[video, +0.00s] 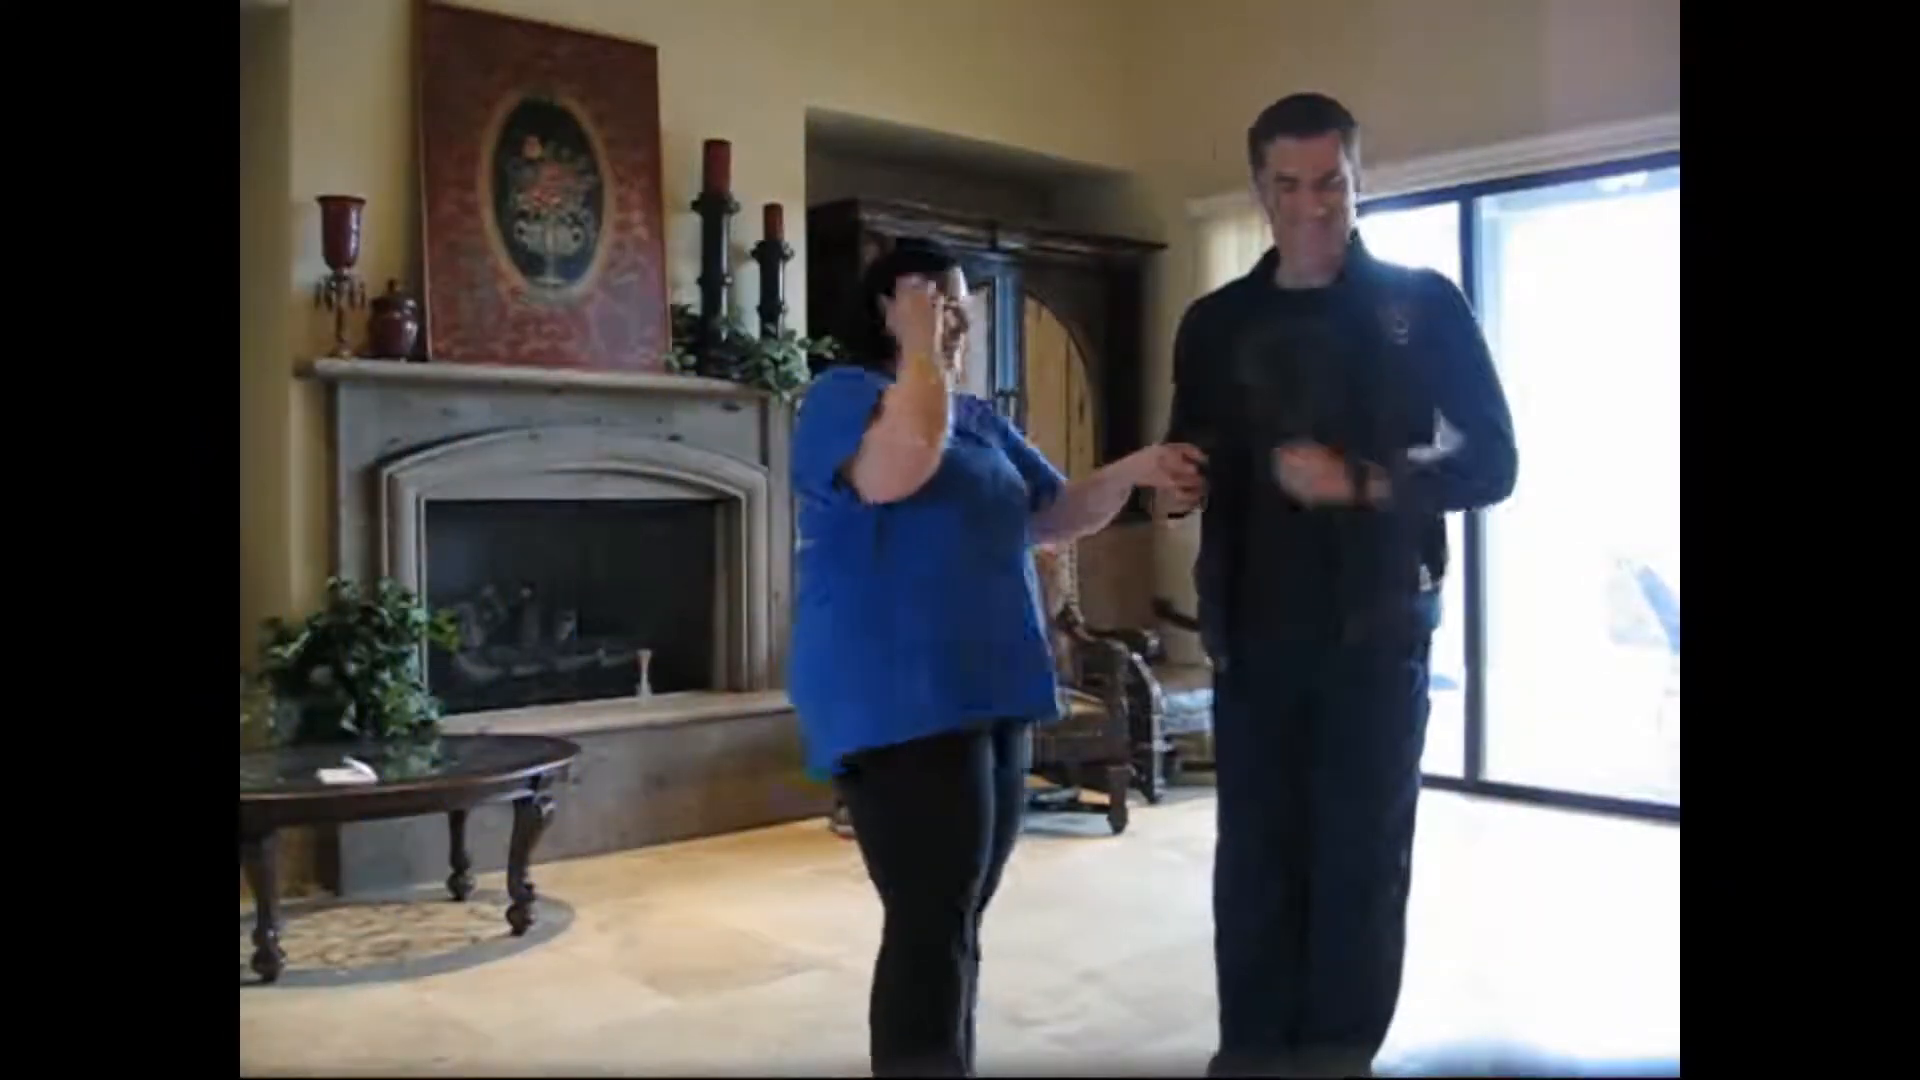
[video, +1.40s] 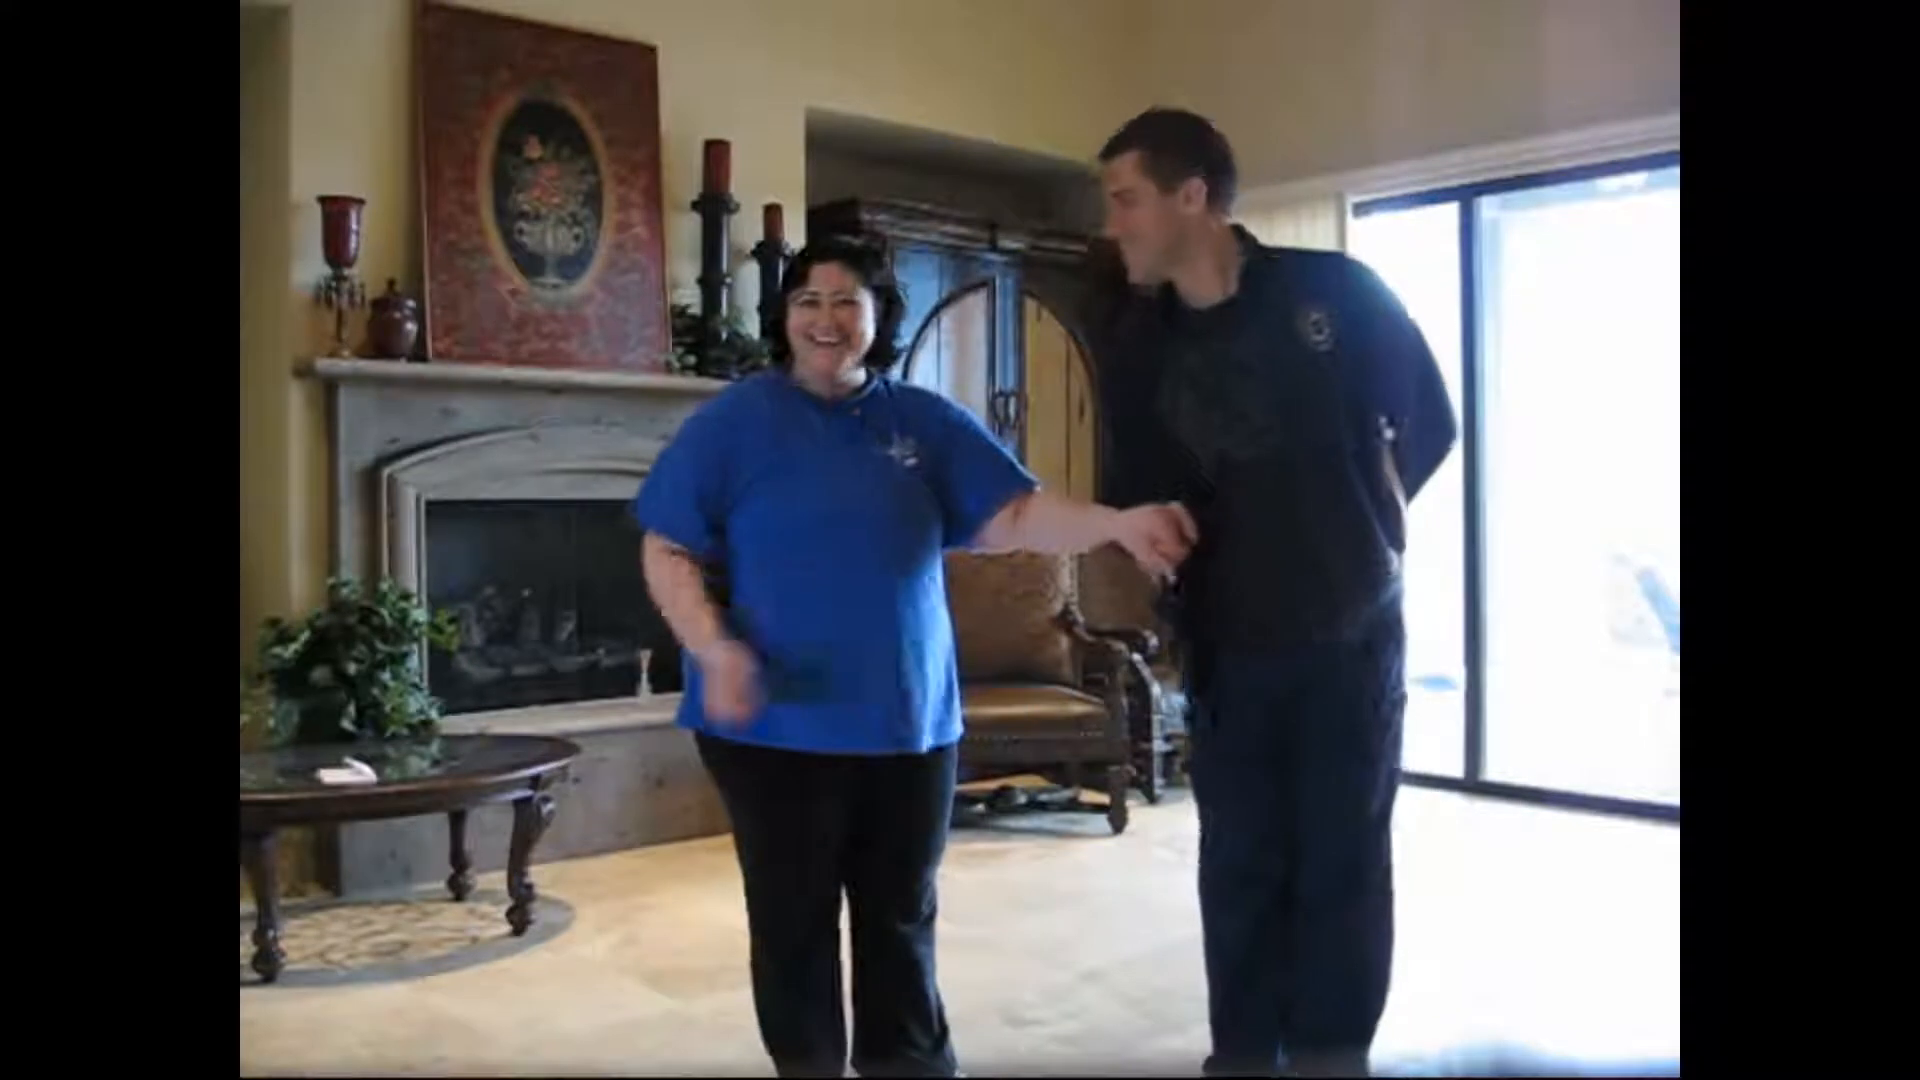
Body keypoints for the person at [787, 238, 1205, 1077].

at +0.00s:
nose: (953, 304)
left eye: (958, 292)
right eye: (931, 292)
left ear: (968, 313)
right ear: (882, 309)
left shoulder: (979, 419)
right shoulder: (840, 399)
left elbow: (1054, 512)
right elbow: (892, 472)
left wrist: (1135, 470)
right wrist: (921, 352)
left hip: (993, 699)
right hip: (898, 703)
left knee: (956, 920)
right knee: (931, 919)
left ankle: (947, 1064)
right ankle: (916, 1071)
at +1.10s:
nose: (819, 326)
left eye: (840, 312)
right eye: (804, 310)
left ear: (881, 326)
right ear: (785, 318)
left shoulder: (925, 419)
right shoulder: (750, 405)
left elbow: (1015, 512)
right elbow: (757, 502)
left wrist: (1127, 521)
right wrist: (858, 411)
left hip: (907, 721)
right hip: (771, 720)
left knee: (902, 922)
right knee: (796, 927)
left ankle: (911, 1067)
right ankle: (811, 1069)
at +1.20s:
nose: (824, 325)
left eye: (843, 309)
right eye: (807, 309)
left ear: (879, 321)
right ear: (783, 320)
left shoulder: (920, 418)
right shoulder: (748, 411)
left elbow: (1013, 513)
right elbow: (701, 536)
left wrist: (1124, 528)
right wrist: (838, 471)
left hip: (907, 722)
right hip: (771, 724)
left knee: (902, 926)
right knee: (794, 935)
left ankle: (909, 1068)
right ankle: (811, 1069)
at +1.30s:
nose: (825, 321)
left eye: (845, 304)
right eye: (809, 304)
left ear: (881, 320)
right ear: (784, 319)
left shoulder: (921, 421)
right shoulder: (742, 417)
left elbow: (1011, 513)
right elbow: (673, 550)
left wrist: (1120, 537)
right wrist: (792, 567)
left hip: (907, 729)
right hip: (770, 733)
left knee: (900, 925)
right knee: (793, 934)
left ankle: (909, 1068)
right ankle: (811, 1068)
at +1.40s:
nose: (827, 316)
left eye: (846, 302)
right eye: (809, 301)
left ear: (876, 322)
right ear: (782, 318)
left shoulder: (920, 422)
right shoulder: (730, 423)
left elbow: (1010, 513)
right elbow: (664, 548)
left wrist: (1120, 522)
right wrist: (712, 647)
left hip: (907, 734)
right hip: (769, 737)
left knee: (901, 928)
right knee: (792, 935)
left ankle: (909, 1068)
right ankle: (809, 1068)